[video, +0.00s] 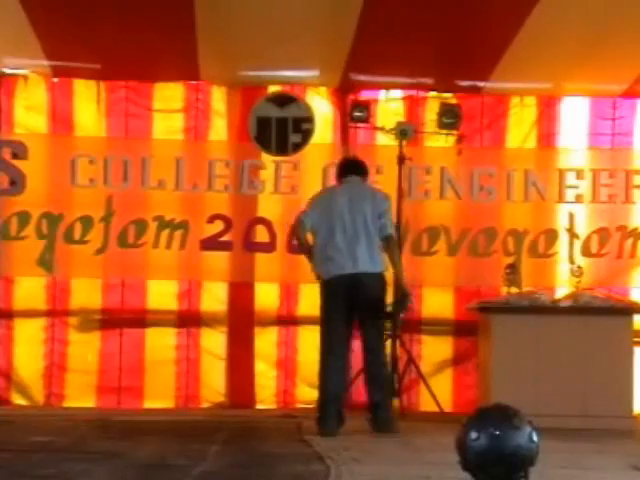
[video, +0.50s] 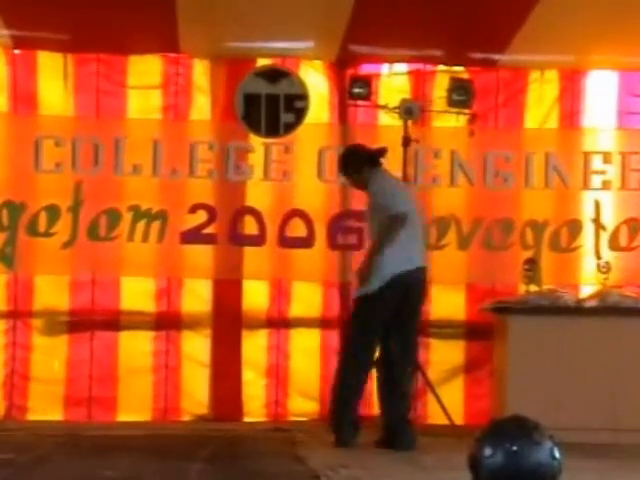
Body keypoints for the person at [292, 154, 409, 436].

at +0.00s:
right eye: (362, 176)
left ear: (338, 177)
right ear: (365, 176)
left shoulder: (325, 197)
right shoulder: (378, 198)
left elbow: (298, 228)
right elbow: (389, 239)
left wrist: (312, 254)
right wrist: (400, 281)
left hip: (335, 281)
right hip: (371, 279)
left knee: (334, 350)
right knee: (375, 349)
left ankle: (330, 418)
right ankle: (382, 416)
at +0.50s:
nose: (351, 184)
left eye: (350, 177)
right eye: (348, 178)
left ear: (357, 169)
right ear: (372, 162)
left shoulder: (380, 185)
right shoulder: (395, 186)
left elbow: (399, 216)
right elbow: (416, 230)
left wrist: (370, 259)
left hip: (388, 274)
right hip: (412, 273)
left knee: (357, 353)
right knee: (399, 355)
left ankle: (345, 424)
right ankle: (398, 429)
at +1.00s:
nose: (401, 173)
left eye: (406, 166)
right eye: (396, 167)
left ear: (417, 163)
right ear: (387, 165)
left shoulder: (436, 190)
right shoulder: (374, 193)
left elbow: (453, 233)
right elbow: (367, 236)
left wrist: (445, 276)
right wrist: (359, 280)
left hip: (423, 285)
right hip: (383, 284)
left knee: (425, 362)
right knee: (370, 360)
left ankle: (425, 430)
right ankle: (369, 430)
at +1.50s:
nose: (419, 176)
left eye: (424, 170)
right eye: (413, 169)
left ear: (433, 165)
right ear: (402, 163)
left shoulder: (446, 187)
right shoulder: (381, 187)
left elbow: (463, 226)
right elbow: (369, 231)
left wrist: (448, 266)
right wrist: (375, 270)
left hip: (427, 282)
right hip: (389, 281)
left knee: (424, 356)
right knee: (396, 355)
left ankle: (420, 427)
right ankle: (406, 426)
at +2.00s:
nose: (382, 182)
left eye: (387, 175)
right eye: (377, 175)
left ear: (394, 172)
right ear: (364, 170)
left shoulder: (405, 190)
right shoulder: (343, 198)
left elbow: (421, 224)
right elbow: (339, 249)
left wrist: (413, 253)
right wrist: (350, 291)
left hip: (400, 284)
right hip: (364, 285)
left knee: (416, 345)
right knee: (374, 360)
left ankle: (406, 388)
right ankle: (389, 433)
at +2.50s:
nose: (360, 186)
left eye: (365, 179)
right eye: (354, 178)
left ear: (372, 177)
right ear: (341, 175)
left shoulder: (384, 203)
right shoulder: (319, 206)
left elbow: (402, 236)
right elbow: (314, 253)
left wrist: (392, 275)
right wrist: (328, 287)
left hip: (383, 294)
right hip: (344, 298)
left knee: (402, 361)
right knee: (355, 370)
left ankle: (369, 434)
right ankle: (383, 435)